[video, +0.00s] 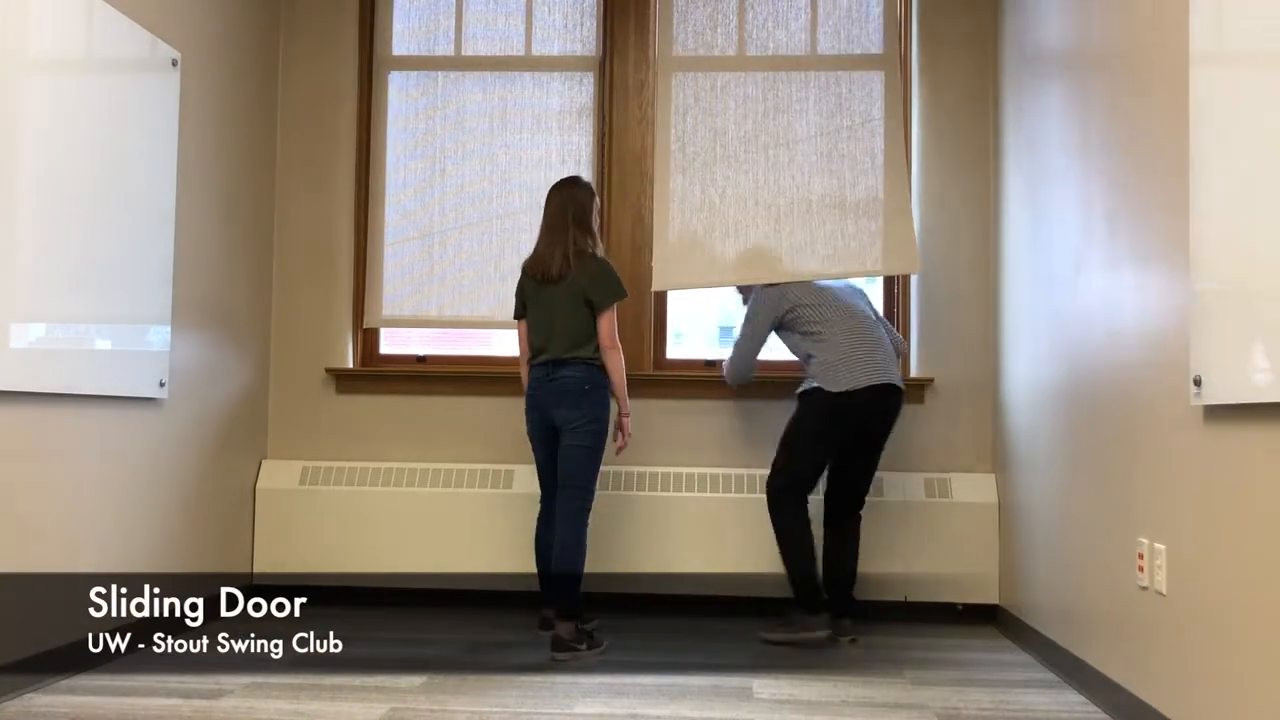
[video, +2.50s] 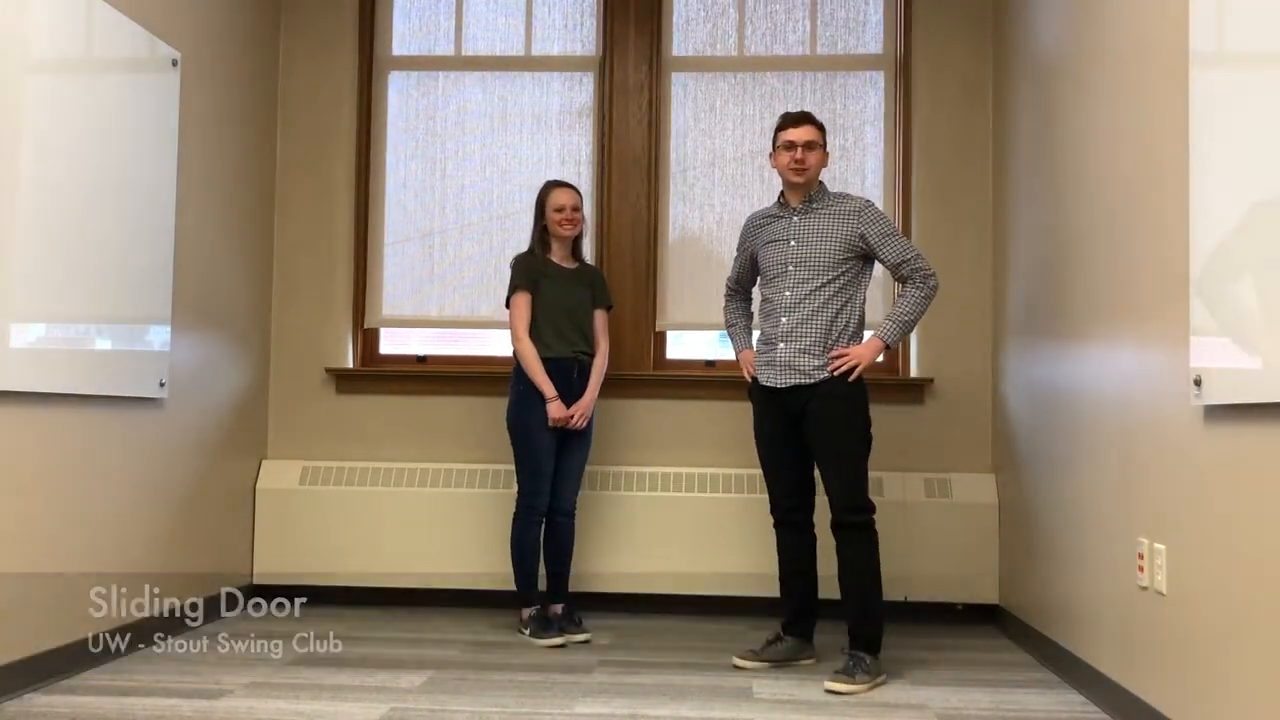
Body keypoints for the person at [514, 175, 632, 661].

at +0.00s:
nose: (600, 217)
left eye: (597, 208)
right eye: (597, 211)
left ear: (551, 214)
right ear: (589, 215)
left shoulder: (531, 270)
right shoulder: (597, 270)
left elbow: (526, 350)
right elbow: (609, 344)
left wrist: (534, 400)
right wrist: (624, 407)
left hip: (540, 391)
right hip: (584, 390)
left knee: (551, 502)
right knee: (574, 507)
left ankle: (554, 615)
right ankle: (567, 628)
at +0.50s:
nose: (593, 224)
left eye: (592, 216)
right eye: (586, 216)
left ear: (555, 220)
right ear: (563, 220)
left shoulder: (540, 270)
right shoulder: (568, 272)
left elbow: (537, 345)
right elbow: (577, 345)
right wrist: (601, 406)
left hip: (541, 391)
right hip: (565, 393)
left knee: (553, 502)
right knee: (590, 502)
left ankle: (553, 612)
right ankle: (555, 612)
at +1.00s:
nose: (574, 216)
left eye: (578, 210)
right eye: (565, 209)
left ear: (582, 218)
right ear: (545, 216)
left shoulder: (575, 277)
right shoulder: (534, 267)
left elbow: (581, 350)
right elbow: (531, 338)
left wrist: (591, 404)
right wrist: (560, 399)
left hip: (574, 394)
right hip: (543, 393)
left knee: (571, 502)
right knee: (550, 501)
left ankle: (556, 604)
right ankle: (534, 610)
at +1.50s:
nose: (567, 215)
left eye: (574, 208)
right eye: (558, 209)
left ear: (584, 216)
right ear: (543, 216)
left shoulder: (591, 278)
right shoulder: (527, 263)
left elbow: (601, 348)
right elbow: (515, 332)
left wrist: (584, 395)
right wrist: (547, 393)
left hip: (576, 391)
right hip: (532, 388)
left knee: (564, 504)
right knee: (535, 501)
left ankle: (559, 609)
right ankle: (530, 612)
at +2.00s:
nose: (565, 216)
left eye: (571, 209)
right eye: (555, 210)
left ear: (580, 216)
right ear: (540, 217)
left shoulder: (591, 276)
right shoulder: (526, 266)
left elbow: (601, 348)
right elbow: (518, 338)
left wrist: (588, 397)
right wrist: (550, 397)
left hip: (577, 393)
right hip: (534, 391)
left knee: (563, 505)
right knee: (533, 502)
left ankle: (560, 608)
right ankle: (530, 611)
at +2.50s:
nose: (569, 216)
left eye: (575, 209)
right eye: (559, 210)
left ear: (583, 216)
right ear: (543, 217)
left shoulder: (592, 276)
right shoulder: (528, 265)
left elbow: (602, 349)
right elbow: (520, 337)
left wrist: (589, 398)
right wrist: (551, 396)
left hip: (579, 394)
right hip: (535, 391)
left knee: (564, 504)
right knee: (534, 501)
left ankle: (559, 606)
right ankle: (530, 609)